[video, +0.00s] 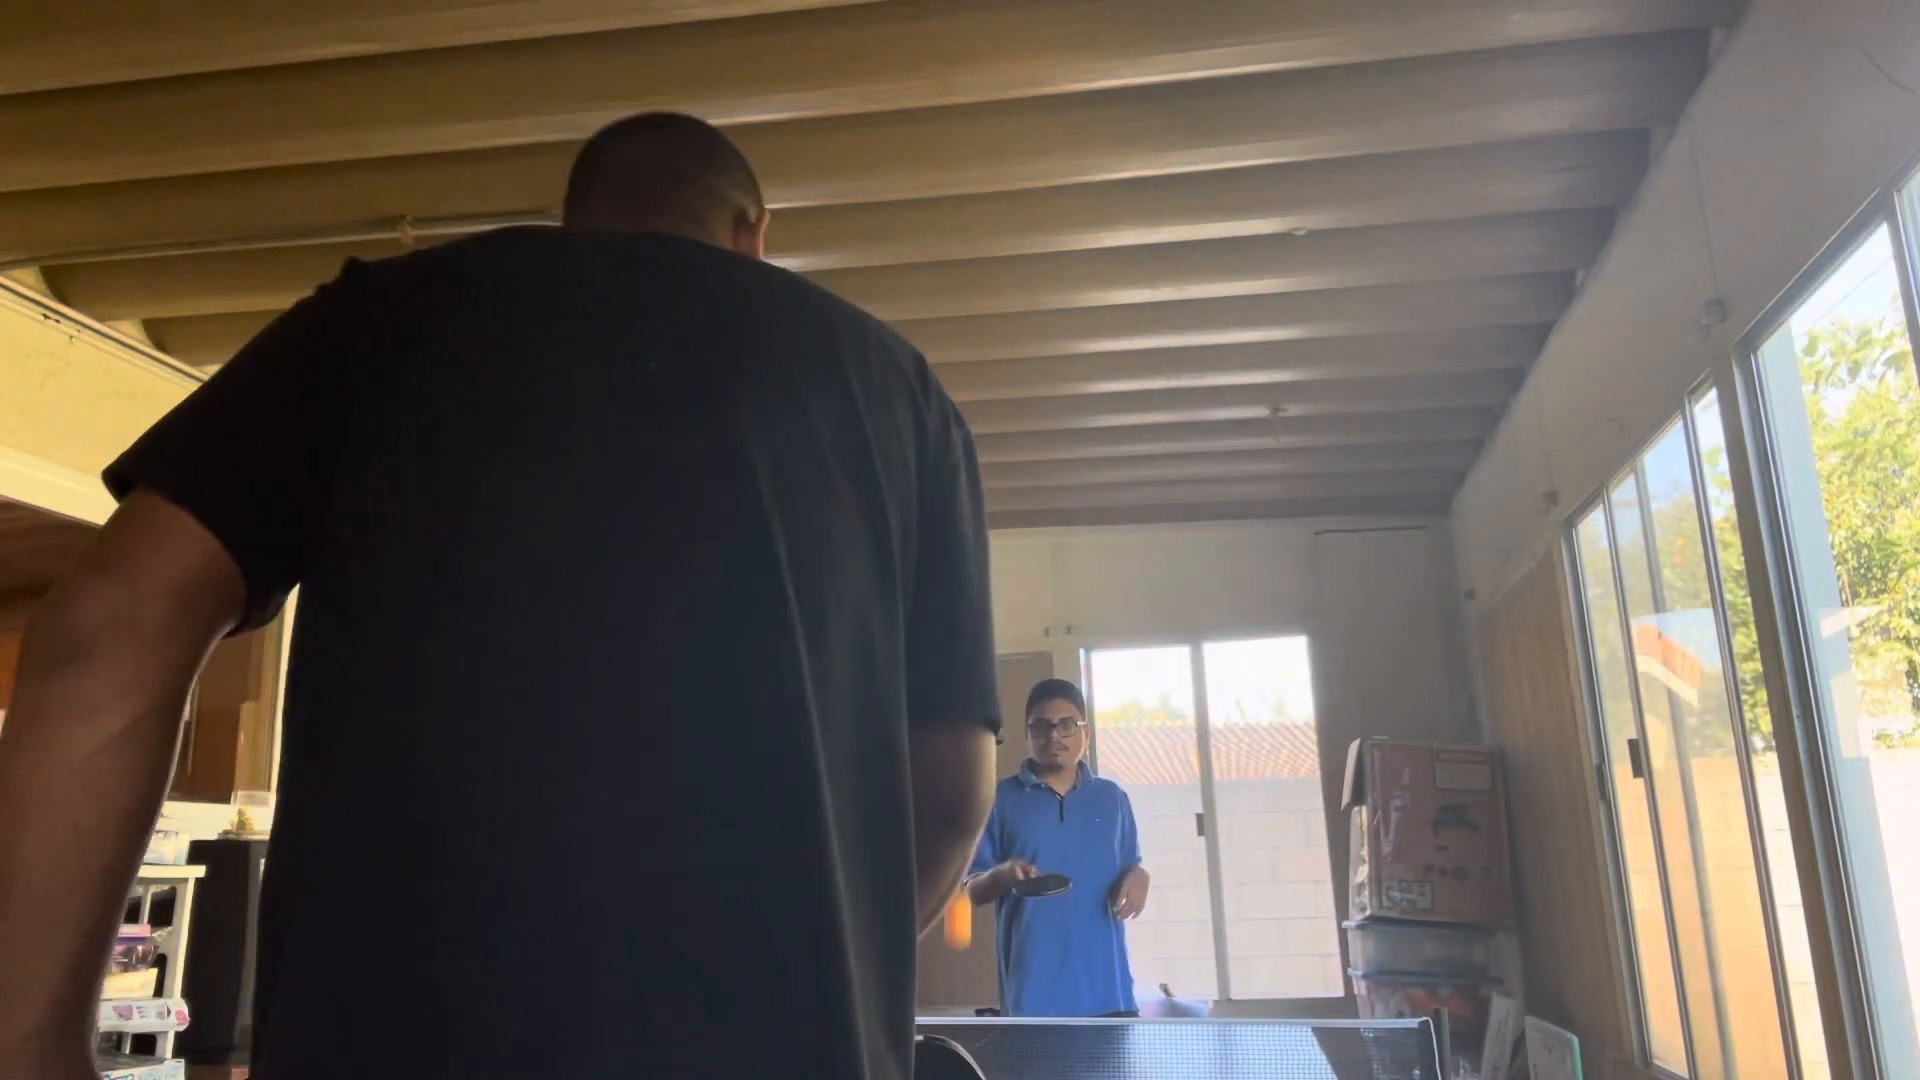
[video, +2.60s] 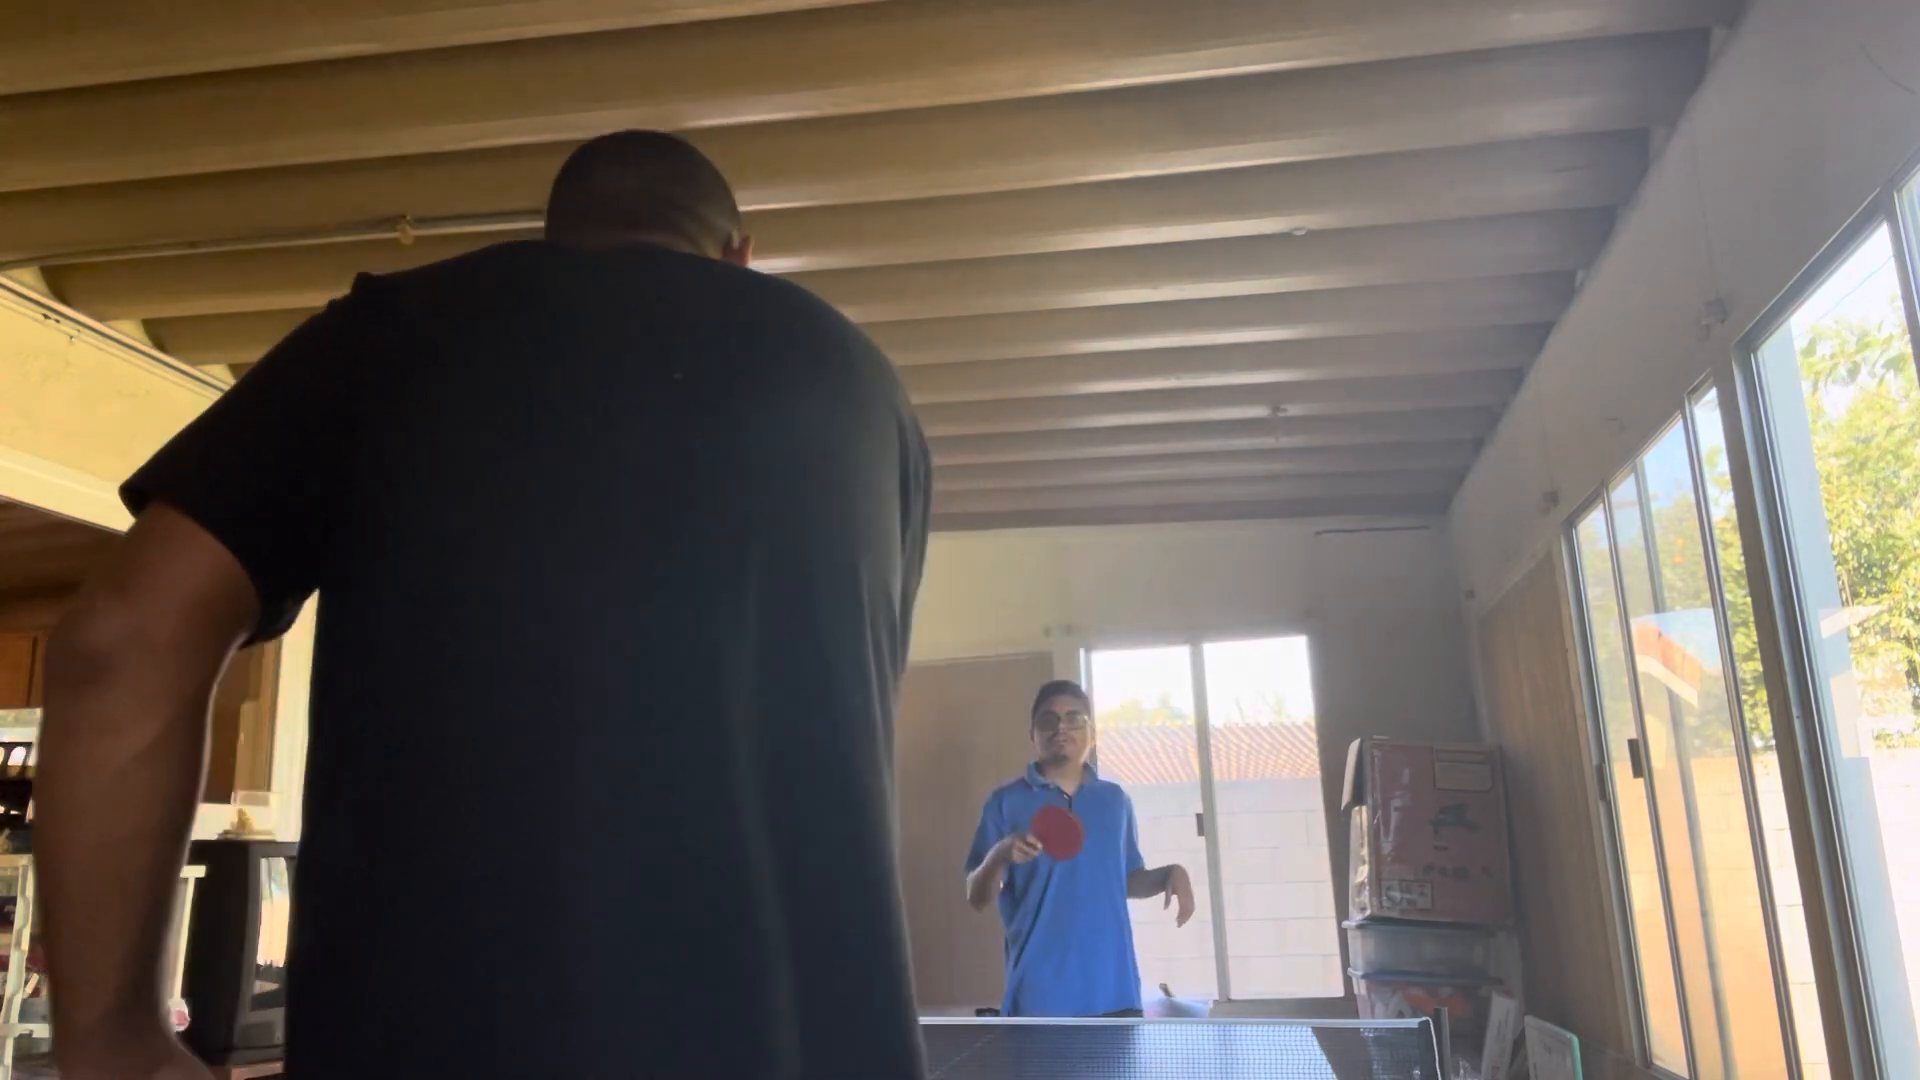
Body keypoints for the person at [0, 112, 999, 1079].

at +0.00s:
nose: (764, 257)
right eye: (766, 237)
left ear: (563, 217)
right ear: (751, 231)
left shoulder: (382, 310)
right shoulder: (893, 379)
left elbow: (107, 635)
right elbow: (949, 797)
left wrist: (38, 1043)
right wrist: (858, 968)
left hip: (388, 1034)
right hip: (785, 1043)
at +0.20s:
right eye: (785, 253)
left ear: (586, 231)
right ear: (771, 245)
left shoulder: (404, 324)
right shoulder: (899, 353)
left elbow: (142, 620)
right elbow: (1031, 681)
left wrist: (72, 1040)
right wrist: (870, 859)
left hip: (412, 1028)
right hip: (798, 1041)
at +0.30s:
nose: (786, 260)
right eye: (791, 246)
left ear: (592, 225)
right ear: (782, 246)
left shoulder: (409, 328)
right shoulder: (894, 333)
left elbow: (149, 642)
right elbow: (1072, 582)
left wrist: (104, 1048)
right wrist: (911, 789)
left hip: (429, 1025)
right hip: (824, 1030)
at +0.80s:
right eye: (818, 233)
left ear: (626, 224)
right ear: (815, 234)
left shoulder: (447, 333)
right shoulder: (934, 333)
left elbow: (182, 678)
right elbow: (1120, 655)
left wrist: (222, 1056)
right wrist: (984, 650)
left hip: (483, 1039)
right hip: (872, 1041)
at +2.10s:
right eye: (815, 219)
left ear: (613, 220)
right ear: (807, 217)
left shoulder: (453, 348)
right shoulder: (938, 347)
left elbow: (218, 684)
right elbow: (1072, 695)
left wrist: (207, 1057)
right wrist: (972, 760)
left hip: (485, 1035)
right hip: (842, 1040)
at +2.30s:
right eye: (801, 225)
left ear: (595, 227)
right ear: (789, 230)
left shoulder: (439, 348)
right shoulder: (929, 365)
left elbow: (208, 666)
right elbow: (1016, 733)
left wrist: (188, 1051)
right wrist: (854, 834)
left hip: (472, 1028)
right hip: (840, 1032)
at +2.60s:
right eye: (744, 250)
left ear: (543, 239)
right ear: (737, 249)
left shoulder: (395, 323)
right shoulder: (860, 376)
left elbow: (124, 638)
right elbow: (856, 723)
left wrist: (111, 1034)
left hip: (418, 1030)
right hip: (796, 1041)